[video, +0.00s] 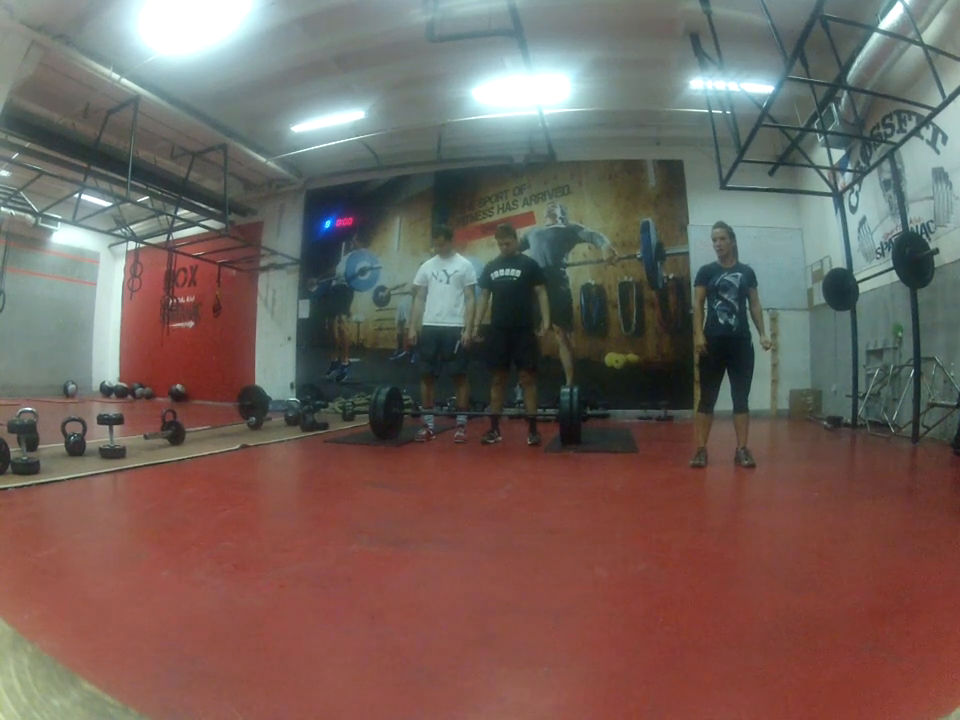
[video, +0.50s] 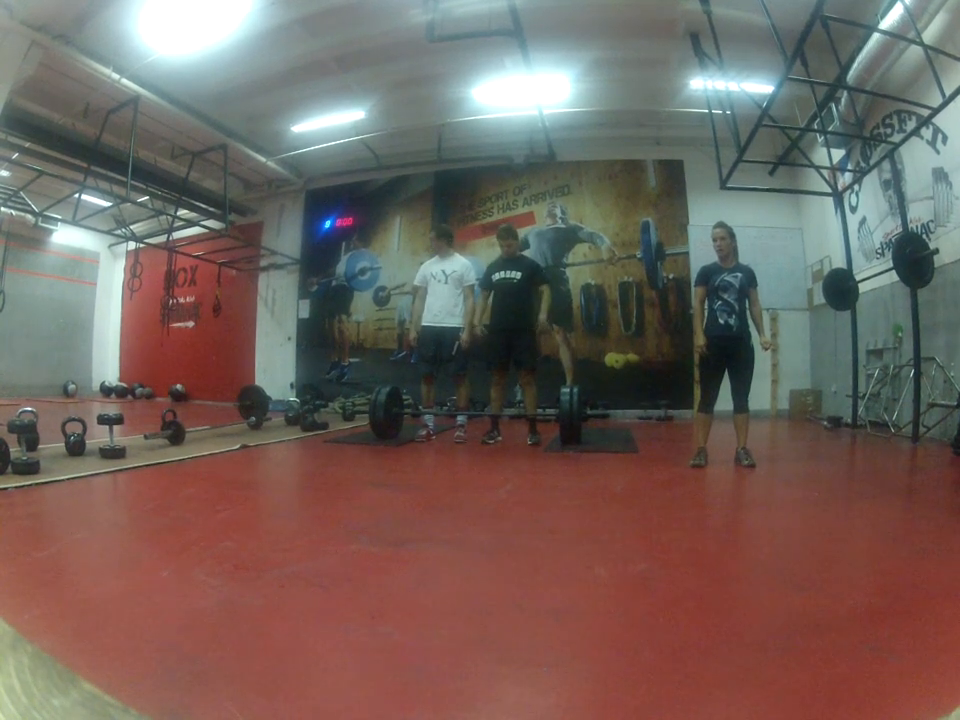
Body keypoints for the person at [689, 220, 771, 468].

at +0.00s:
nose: (718, 244)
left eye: (722, 239)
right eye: (715, 240)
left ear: (733, 242)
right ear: (712, 244)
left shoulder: (746, 272)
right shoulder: (706, 272)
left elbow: (754, 305)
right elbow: (698, 305)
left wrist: (762, 333)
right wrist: (698, 335)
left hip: (740, 343)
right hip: (712, 343)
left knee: (740, 400)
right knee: (707, 399)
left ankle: (742, 449)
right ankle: (700, 450)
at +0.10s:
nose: (718, 244)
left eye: (722, 239)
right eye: (715, 240)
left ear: (733, 241)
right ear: (712, 244)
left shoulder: (746, 272)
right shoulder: (706, 272)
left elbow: (755, 305)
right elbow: (698, 305)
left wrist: (762, 333)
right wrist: (698, 335)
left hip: (740, 343)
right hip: (712, 342)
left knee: (741, 400)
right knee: (707, 400)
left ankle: (742, 449)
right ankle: (700, 450)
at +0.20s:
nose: (718, 244)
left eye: (722, 239)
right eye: (715, 240)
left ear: (733, 241)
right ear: (712, 244)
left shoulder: (746, 272)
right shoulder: (706, 272)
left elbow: (755, 305)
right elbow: (698, 305)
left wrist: (762, 333)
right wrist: (698, 335)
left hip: (740, 343)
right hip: (712, 342)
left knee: (741, 400)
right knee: (707, 400)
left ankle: (742, 449)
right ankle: (700, 450)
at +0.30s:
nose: (718, 244)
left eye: (722, 239)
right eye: (715, 240)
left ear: (733, 242)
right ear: (712, 244)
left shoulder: (746, 272)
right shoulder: (706, 272)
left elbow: (755, 305)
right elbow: (698, 306)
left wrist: (762, 333)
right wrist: (698, 335)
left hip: (740, 343)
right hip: (712, 343)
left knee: (741, 400)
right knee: (707, 400)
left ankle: (742, 449)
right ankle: (700, 450)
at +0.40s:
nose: (718, 244)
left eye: (722, 239)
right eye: (715, 240)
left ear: (733, 242)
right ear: (712, 244)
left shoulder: (746, 272)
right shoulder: (706, 272)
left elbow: (755, 305)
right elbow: (698, 306)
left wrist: (762, 334)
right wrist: (698, 335)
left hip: (740, 343)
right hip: (712, 343)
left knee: (741, 400)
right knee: (707, 400)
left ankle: (742, 449)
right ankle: (700, 450)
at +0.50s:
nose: (718, 244)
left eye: (722, 239)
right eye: (715, 240)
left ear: (733, 242)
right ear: (712, 244)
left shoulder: (746, 272)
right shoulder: (706, 272)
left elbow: (754, 305)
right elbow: (698, 305)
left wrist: (762, 334)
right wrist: (698, 335)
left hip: (740, 343)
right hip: (712, 343)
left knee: (741, 400)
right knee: (707, 400)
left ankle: (742, 449)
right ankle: (700, 450)